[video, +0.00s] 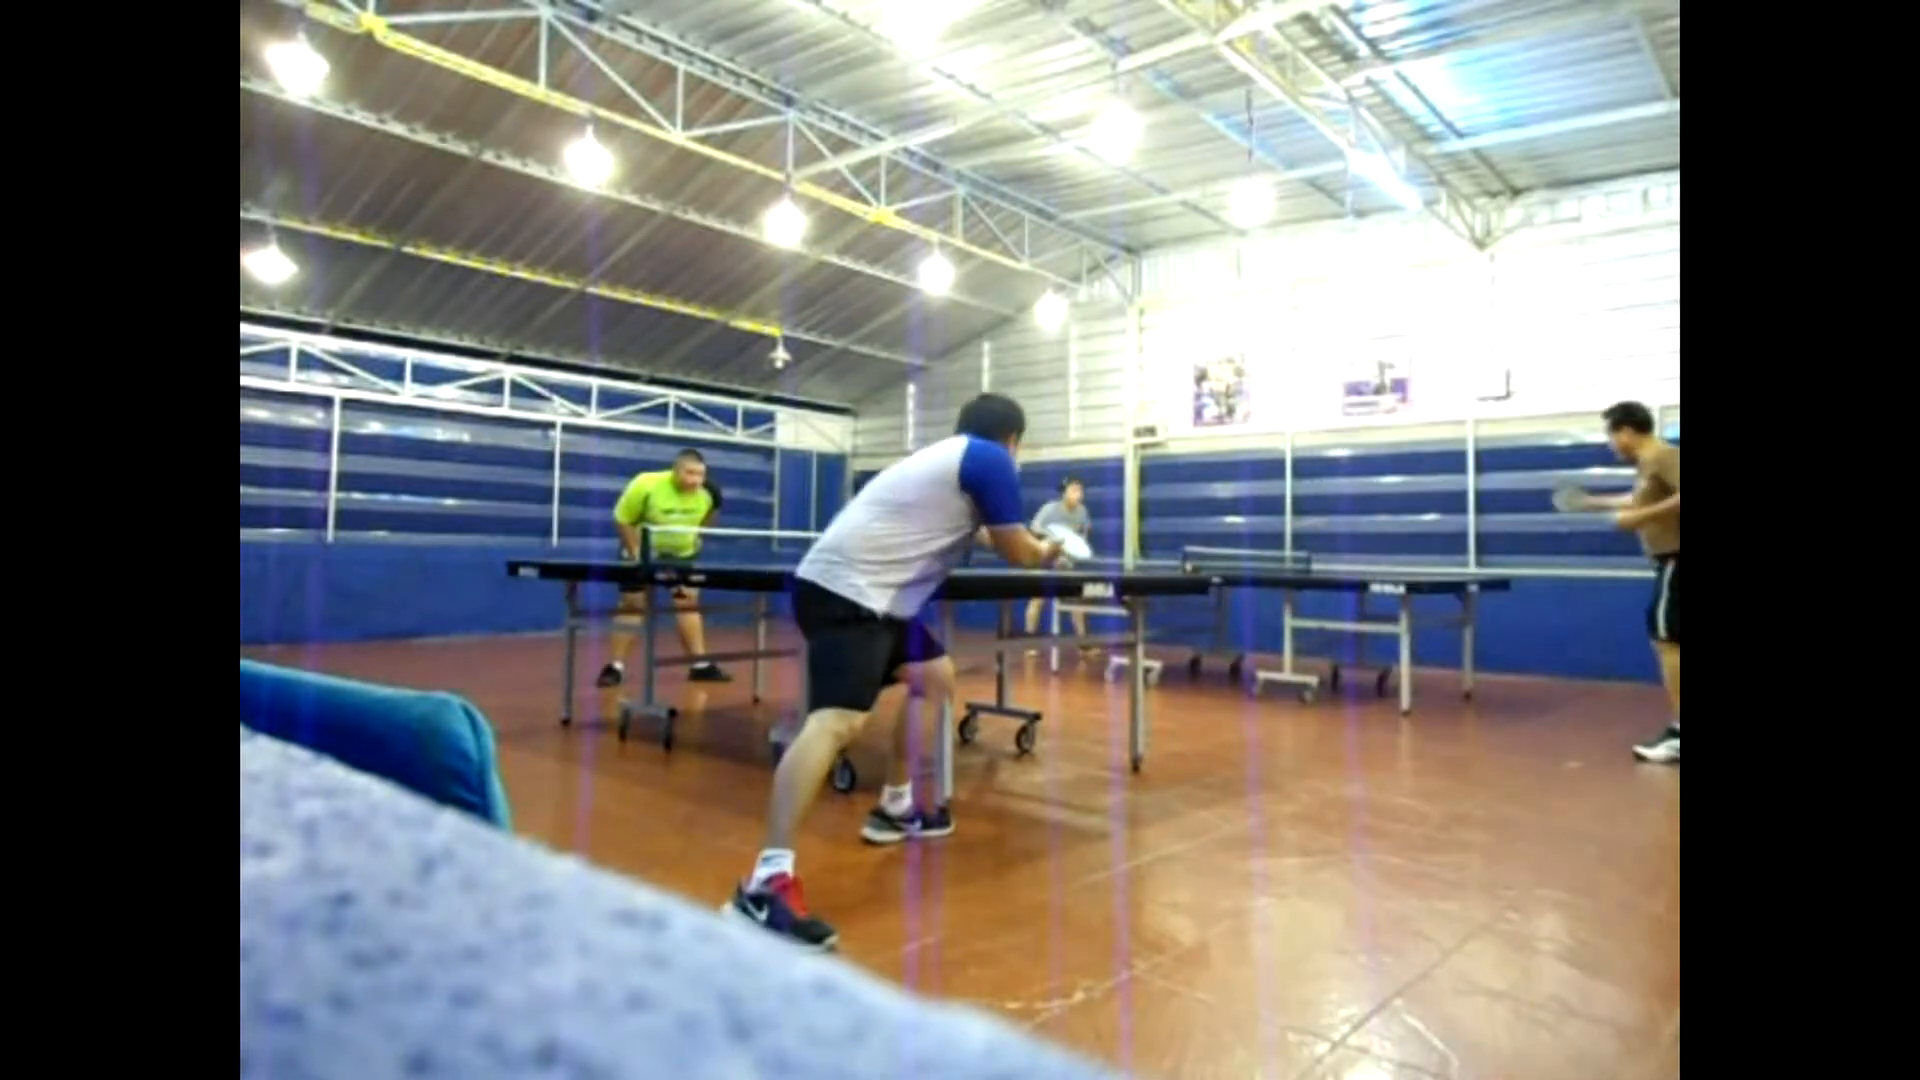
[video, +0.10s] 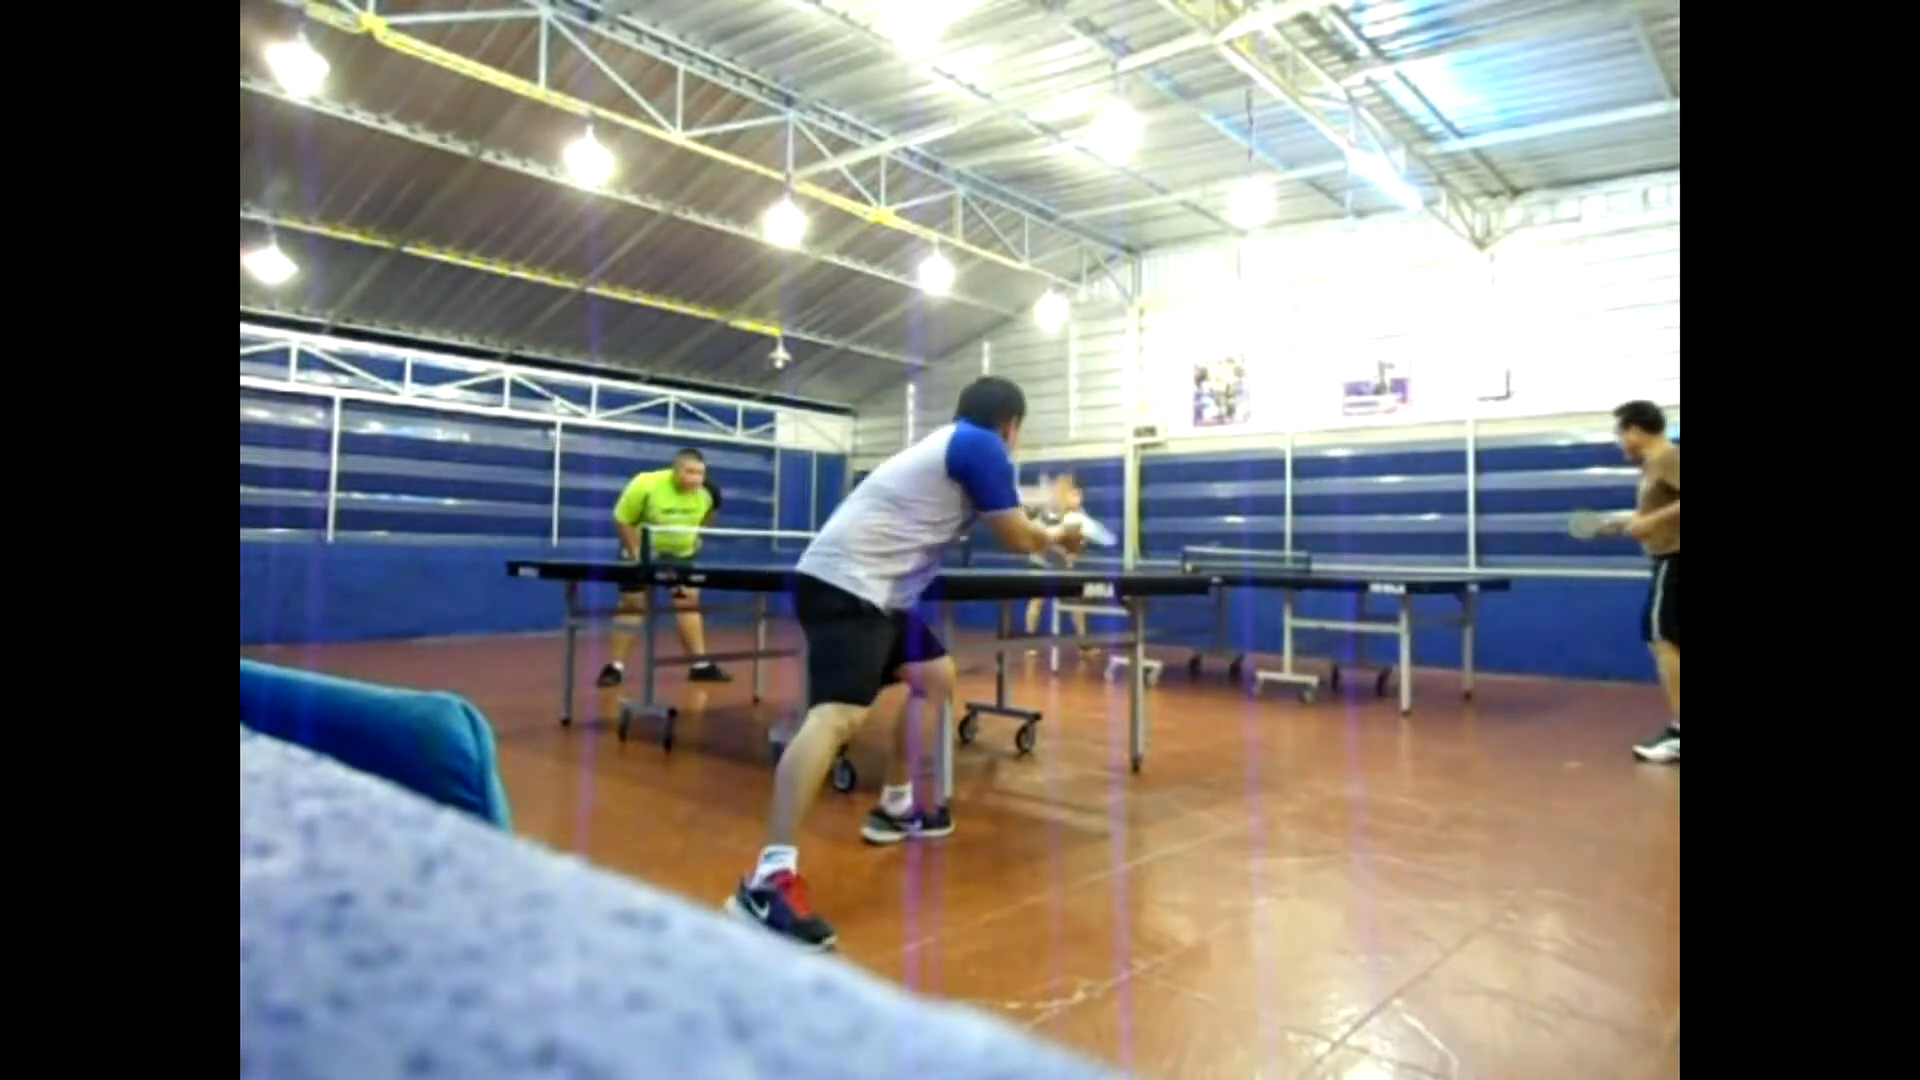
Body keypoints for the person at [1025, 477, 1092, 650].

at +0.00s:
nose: (1077, 495)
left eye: (1079, 491)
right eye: (1073, 490)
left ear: (1082, 494)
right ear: (1064, 492)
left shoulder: (1082, 511)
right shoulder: (1049, 510)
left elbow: (1085, 530)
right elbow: (1035, 530)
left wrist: (1078, 545)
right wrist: (1050, 545)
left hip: (1071, 560)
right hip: (1047, 560)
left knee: (1077, 599)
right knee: (1038, 598)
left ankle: (1082, 638)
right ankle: (1030, 636)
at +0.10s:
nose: (1076, 495)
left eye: (1075, 489)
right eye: (1069, 489)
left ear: (1077, 494)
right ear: (1053, 492)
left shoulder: (1076, 517)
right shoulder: (1041, 517)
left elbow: (1081, 542)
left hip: (1068, 566)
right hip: (1042, 564)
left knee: (1076, 601)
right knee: (1037, 598)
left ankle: (1082, 638)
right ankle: (1030, 634)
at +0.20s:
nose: (1078, 503)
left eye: (1081, 499)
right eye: (1074, 499)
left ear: (1084, 500)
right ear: (1066, 500)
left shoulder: (1083, 522)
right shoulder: (1052, 517)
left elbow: (1081, 549)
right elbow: (1046, 545)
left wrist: (1057, 547)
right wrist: (1069, 549)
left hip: (1069, 564)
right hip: (1044, 564)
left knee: (1076, 600)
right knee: (1040, 598)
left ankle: (1083, 638)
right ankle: (1030, 635)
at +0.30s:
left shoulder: (1078, 516)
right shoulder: (1053, 516)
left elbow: (1075, 535)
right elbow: (1067, 539)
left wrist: (1076, 549)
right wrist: (1098, 537)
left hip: (1067, 560)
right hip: (1045, 561)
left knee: (1077, 601)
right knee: (1041, 599)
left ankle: (1083, 639)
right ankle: (1031, 637)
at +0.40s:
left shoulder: (1082, 507)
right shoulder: (1057, 507)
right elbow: (1072, 531)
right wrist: (1093, 524)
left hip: (1072, 559)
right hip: (1049, 559)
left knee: (1078, 602)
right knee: (1042, 599)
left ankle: (1083, 640)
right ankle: (1031, 637)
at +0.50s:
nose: (1090, 490)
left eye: (1092, 486)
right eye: (1087, 485)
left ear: (1093, 489)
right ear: (1077, 487)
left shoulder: (1085, 507)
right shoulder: (1064, 504)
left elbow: (1080, 531)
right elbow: (1067, 526)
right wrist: (1086, 520)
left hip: (1074, 559)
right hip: (1053, 558)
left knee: (1079, 601)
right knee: (1043, 597)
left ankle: (1083, 639)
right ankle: (1032, 636)